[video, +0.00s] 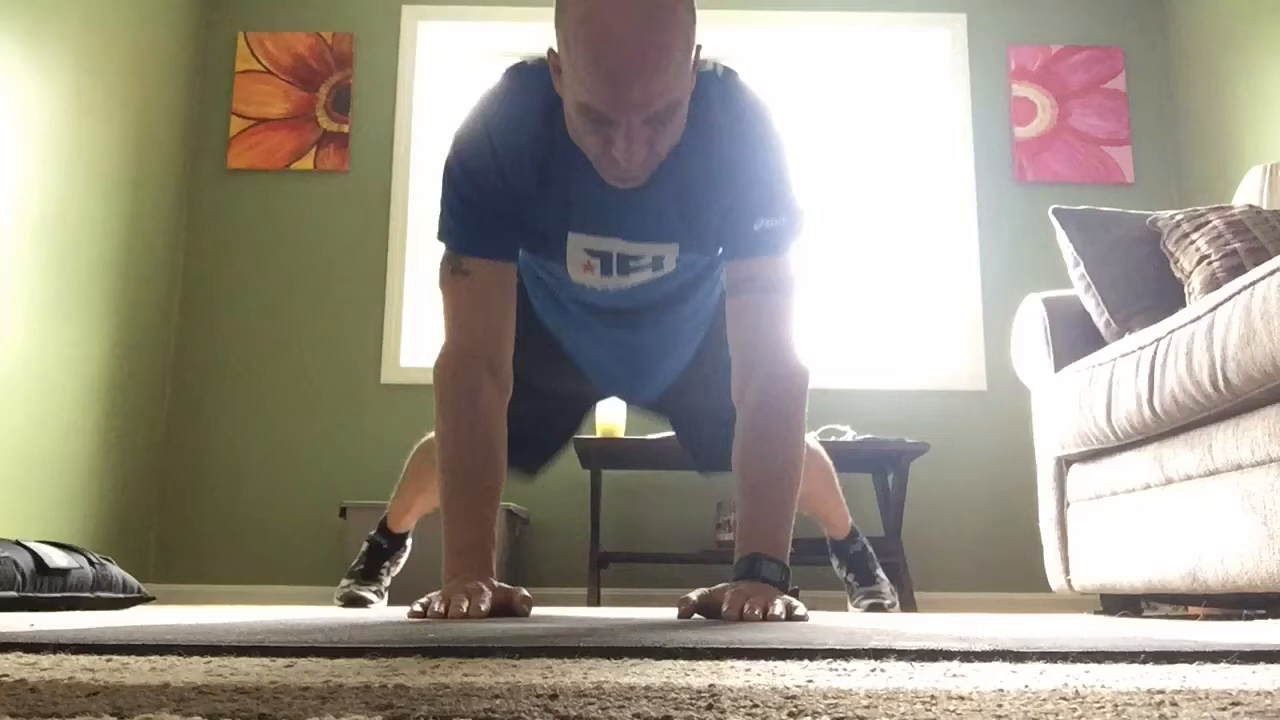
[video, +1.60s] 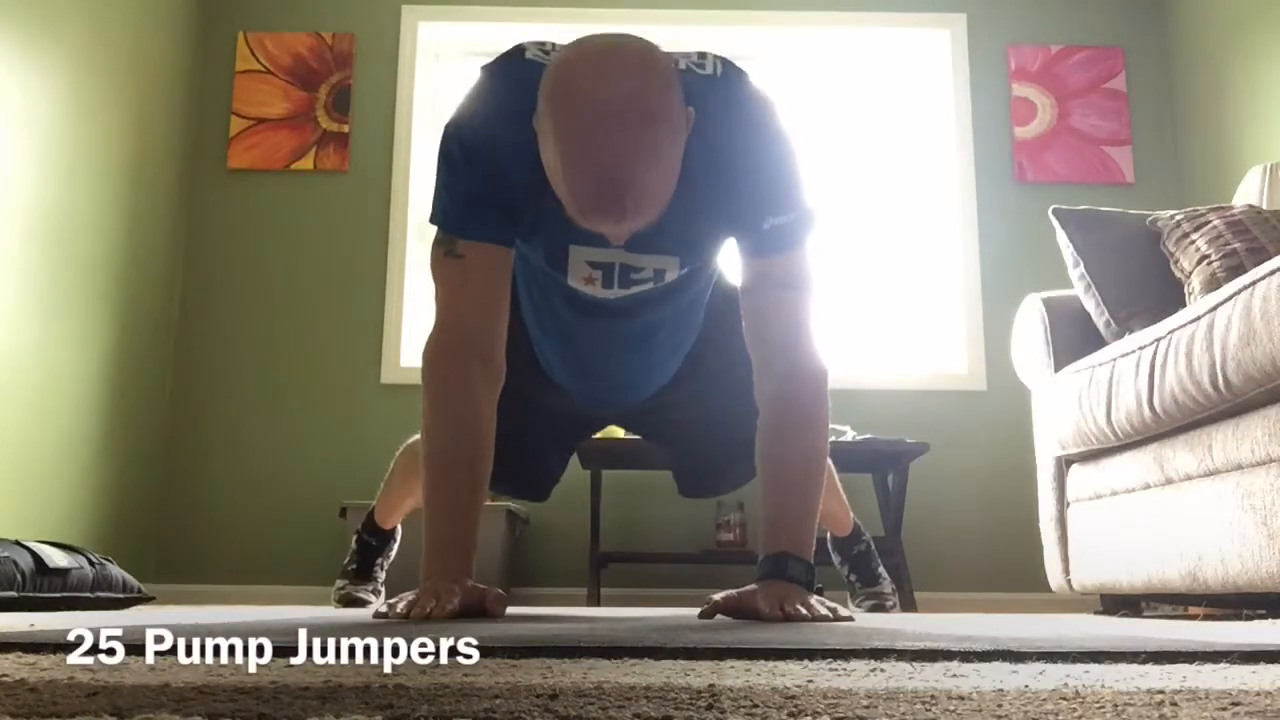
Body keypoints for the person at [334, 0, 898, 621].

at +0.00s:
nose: (629, 153)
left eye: (660, 118)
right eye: (598, 120)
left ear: (694, 68)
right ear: (557, 68)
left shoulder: (739, 130)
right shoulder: (498, 136)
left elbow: (770, 372)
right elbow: (472, 368)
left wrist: (758, 576)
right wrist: (469, 577)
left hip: (690, 328)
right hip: (549, 326)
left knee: (784, 454)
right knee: (457, 452)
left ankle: (850, 546)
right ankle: (386, 536)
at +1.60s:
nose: (616, 228)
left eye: (636, 212)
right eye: (591, 213)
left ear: (683, 128)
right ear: (543, 139)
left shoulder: (743, 129)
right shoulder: (489, 127)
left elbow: (789, 367)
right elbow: (461, 356)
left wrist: (785, 571)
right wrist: (447, 581)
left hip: (686, 328)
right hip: (537, 329)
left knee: (791, 445)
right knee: (442, 451)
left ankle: (852, 544)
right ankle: (375, 528)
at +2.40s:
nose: (605, 195)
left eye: (633, 159)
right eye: (579, 159)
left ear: (676, 105)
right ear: (539, 102)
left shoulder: (735, 125)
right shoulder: (483, 133)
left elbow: (776, 360)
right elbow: (461, 356)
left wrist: (779, 574)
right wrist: (445, 580)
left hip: (690, 339)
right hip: (540, 336)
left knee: (787, 453)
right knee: (445, 449)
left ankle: (855, 551)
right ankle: (384, 547)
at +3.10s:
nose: (609, 115)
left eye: (643, 73)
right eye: (579, 71)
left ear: (684, 66)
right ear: (544, 65)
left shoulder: (732, 120)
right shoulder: (494, 119)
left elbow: (779, 358)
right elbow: (459, 353)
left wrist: (783, 575)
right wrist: (445, 582)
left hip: (686, 355)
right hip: (532, 354)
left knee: (787, 457)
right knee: (445, 455)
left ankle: (858, 556)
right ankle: (378, 545)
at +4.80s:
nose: (626, 160)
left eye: (645, 134)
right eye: (602, 134)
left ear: (693, 54)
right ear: (561, 57)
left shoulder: (748, 108)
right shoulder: (494, 115)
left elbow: (783, 360)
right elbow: (462, 353)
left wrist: (784, 576)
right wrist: (446, 582)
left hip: (694, 330)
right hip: (544, 329)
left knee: (794, 454)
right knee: (449, 452)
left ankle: (859, 545)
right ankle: (385, 545)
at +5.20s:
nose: (623, 238)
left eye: (644, 225)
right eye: (600, 225)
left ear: (694, 139)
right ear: (552, 142)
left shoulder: (743, 122)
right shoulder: (496, 126)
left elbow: (782, 366)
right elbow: (463, 356)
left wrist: (779, 572)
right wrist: (448, 578)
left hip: (692, 329)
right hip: (539, 327)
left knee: (786, 438)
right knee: (455, 423)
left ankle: (858, 542)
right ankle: (387, 533)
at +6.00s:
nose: (623, 270)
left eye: (649, 251)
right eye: (598, 250)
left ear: (694, 144)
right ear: (549, 157)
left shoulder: (743, 121)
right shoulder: (493, 133)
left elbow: (784, 369)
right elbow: (461, 360)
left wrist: (780, 573)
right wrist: (447, 577)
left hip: (693, 317)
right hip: (538, 315)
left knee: (787, 436)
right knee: (457, 422)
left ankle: (857, 544)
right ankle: (386, 536)